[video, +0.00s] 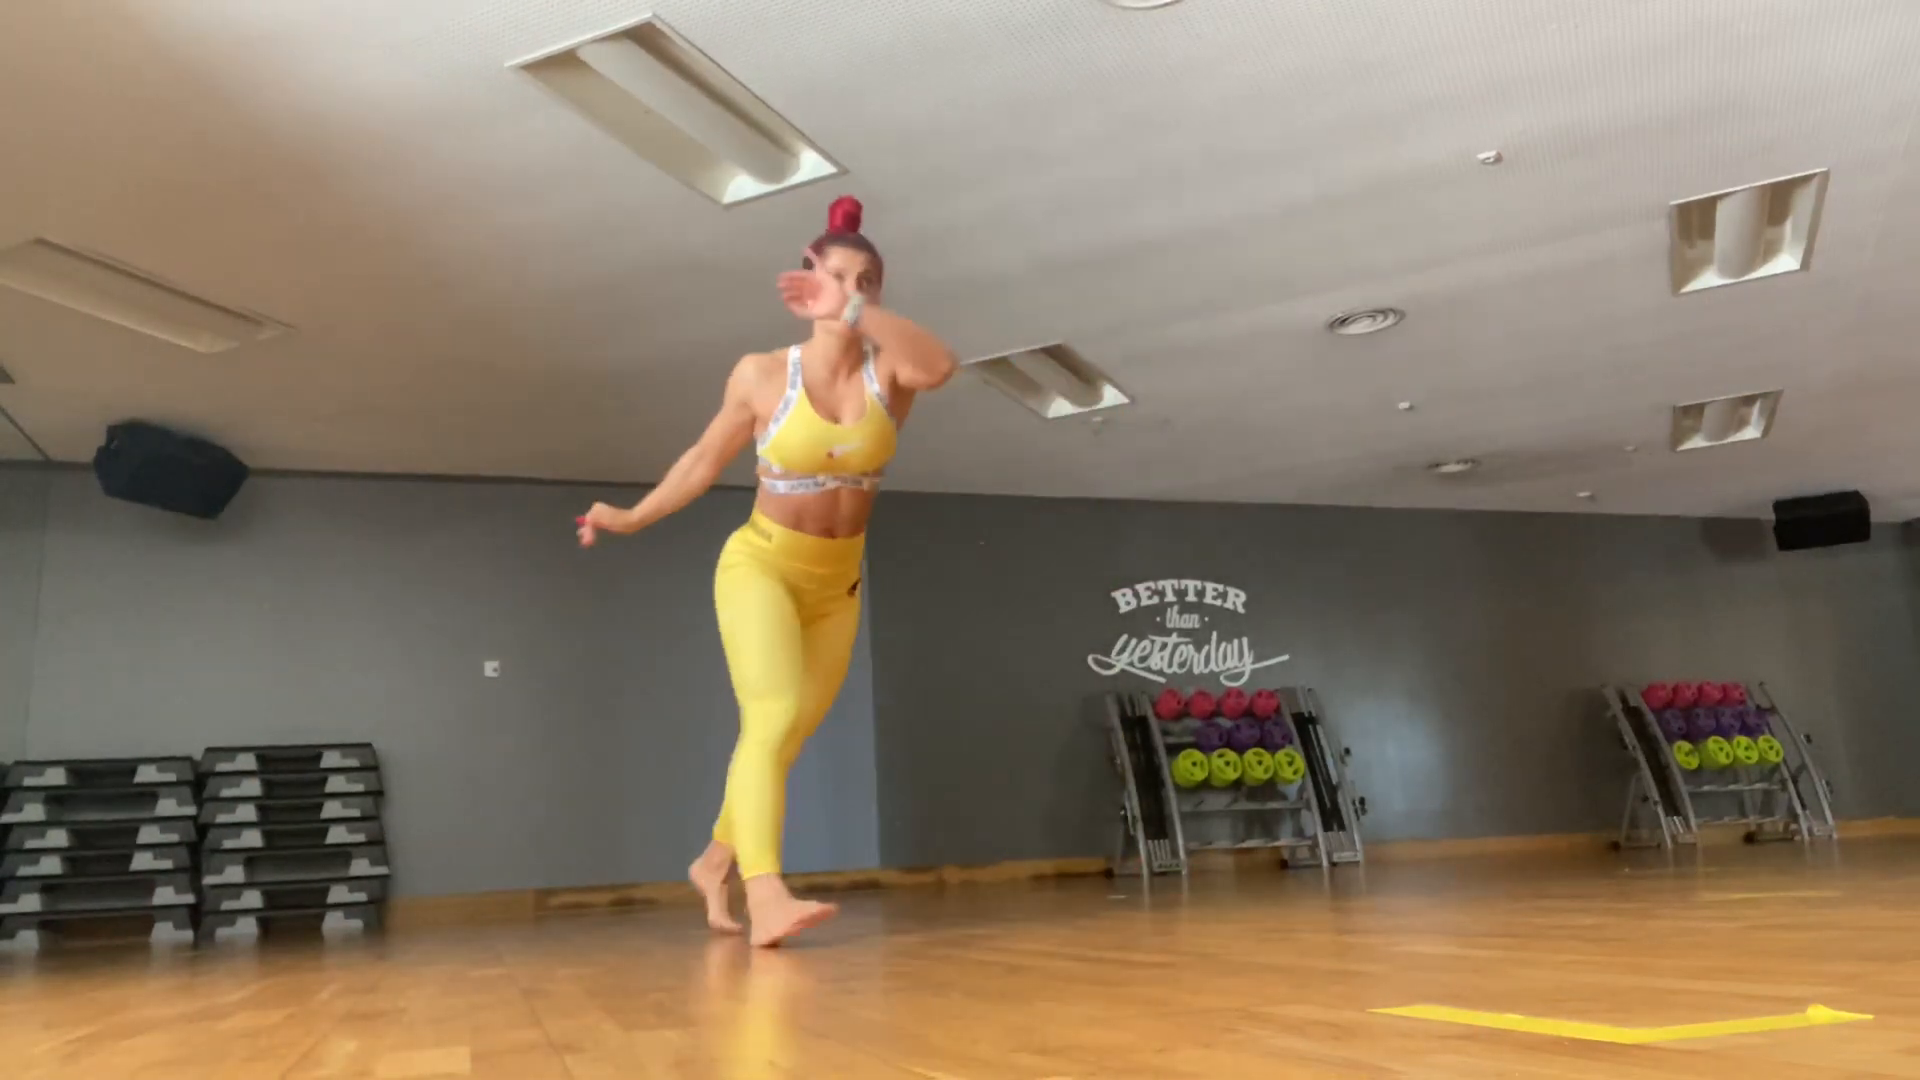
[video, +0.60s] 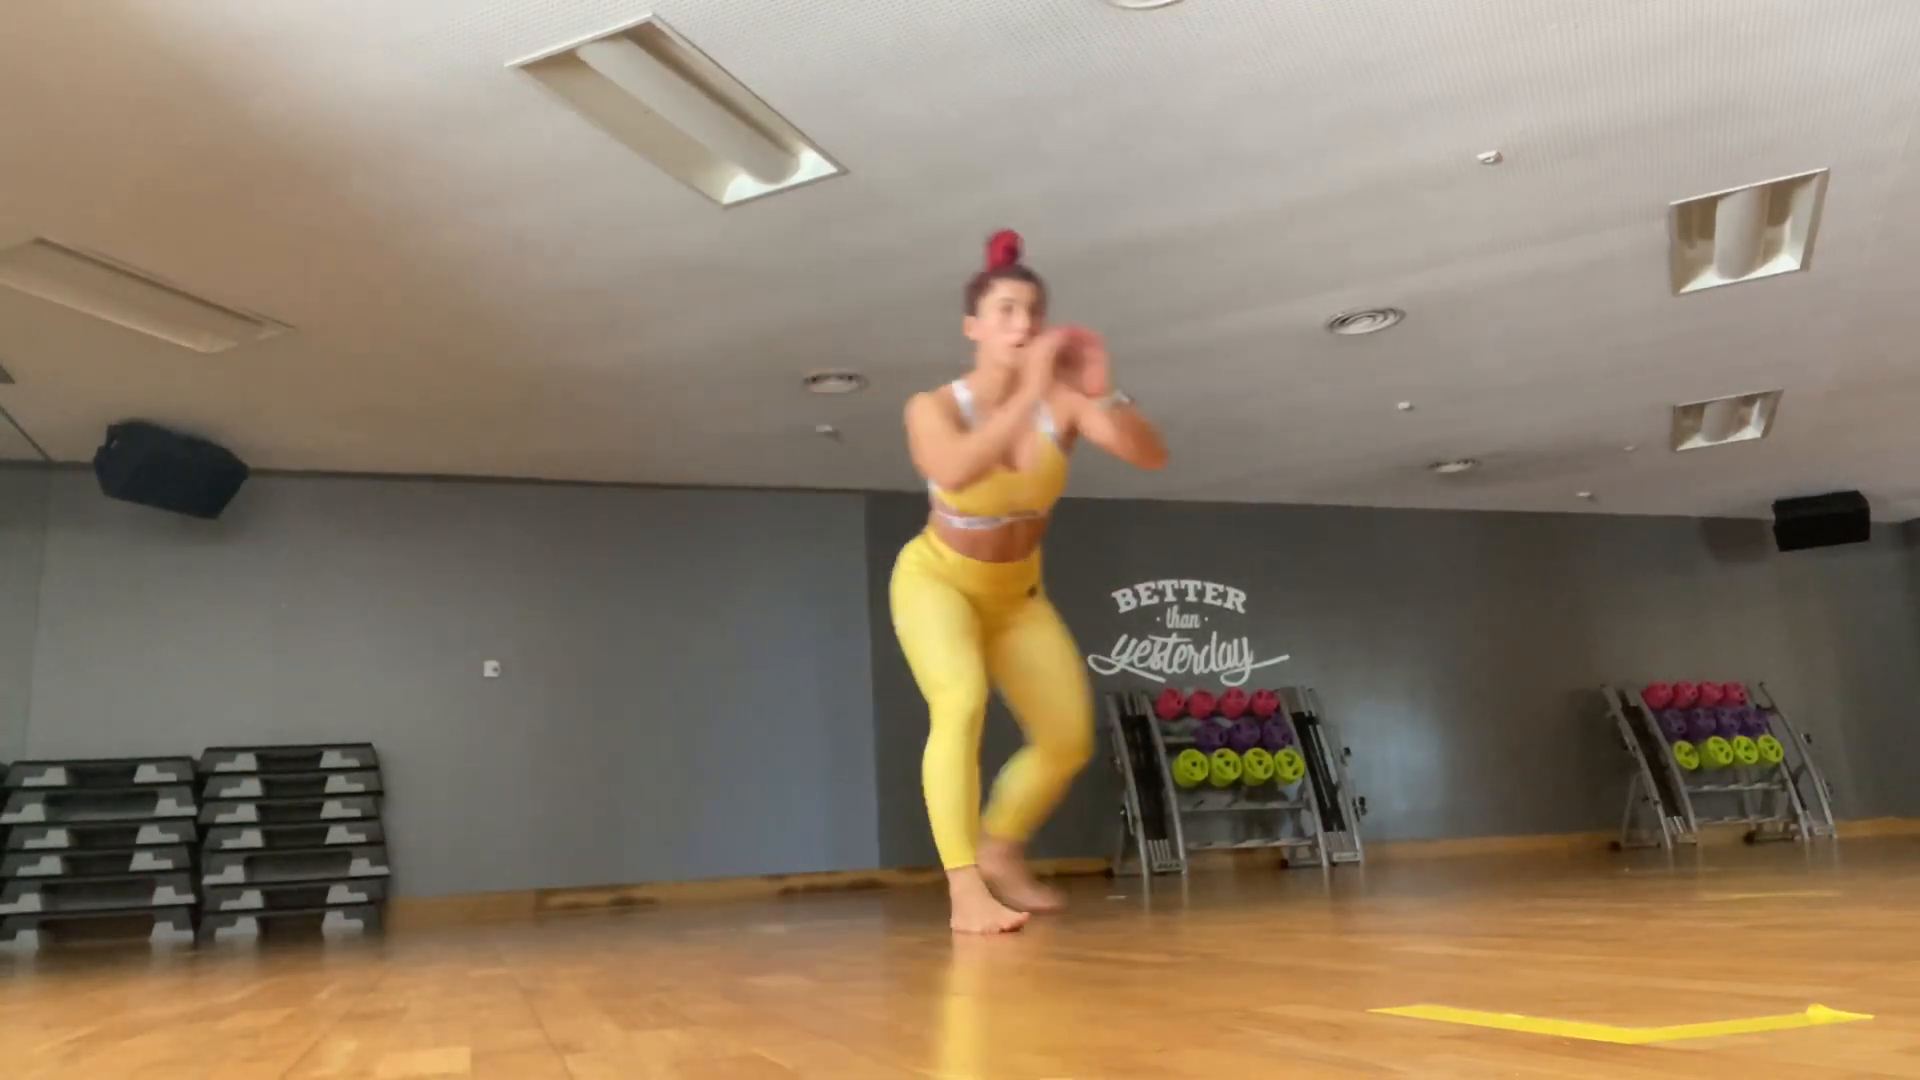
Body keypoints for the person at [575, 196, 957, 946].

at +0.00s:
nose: (845, 290)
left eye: (859, 279)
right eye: (832, 274)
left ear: (874, 294)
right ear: (805, 284)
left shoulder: (889, 374)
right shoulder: (762, 375)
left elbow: (935, 365)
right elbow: (701, 463)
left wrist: (852, 308)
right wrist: (633, 517)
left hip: (838, 582)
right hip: (761, 563)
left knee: (790, 735)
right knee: (770, 716)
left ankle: (714, 862)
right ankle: (767, 894)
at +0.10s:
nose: (859, 324)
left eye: (869, 314)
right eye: (846, 309)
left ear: (877, 323)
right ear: (812, 313)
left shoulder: (887, 402)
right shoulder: (767, 397)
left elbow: (924, 397)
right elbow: (703, 483)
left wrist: (842, 333)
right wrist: (632, 532)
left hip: (833, 601)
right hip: (761, 583)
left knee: (781, 753)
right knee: (818, 714)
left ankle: (693, 875)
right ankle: (783, 903)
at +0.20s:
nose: (873, 351)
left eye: (885, 339)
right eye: (859, 335)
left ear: (897, 351)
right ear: (828, 346)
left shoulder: (902, 426)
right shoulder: (786, 424)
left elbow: (946, 428)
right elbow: (714, 507)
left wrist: (866, 366)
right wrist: (646, 544)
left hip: (847, 626)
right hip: (775, 609)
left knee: (785, 782)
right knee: (850, 695)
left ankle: (684, 884)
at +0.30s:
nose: (889, 335)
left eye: (904, 322)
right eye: (874, 320)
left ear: (917, 335)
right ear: (847, 336)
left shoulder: (933, 408)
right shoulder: (811, 413)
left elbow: (977, 413)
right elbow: (738, 497)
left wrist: (896, 362)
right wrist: (686, 513)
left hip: (882, 618)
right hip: (809, 600)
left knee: (800, 770)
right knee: (880, 709)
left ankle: (701, 872)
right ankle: (953, 884)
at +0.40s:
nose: (928, 319)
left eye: (942, 304)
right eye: (913, 304)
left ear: (959, 315)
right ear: (887, 317)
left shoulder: (986, 384)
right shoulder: (860, 402)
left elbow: (1052, 416)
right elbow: (787, 495)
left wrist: (980, 373)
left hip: (950, 595)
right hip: (875, 579)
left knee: (881, 755)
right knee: (927, 705)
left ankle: (783, 855)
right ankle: (966, 895)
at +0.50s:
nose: (973, 318)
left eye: (986, 305)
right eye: (958, 304)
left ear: (997, 318)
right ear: (926, 316)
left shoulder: (1018, 389)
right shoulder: (897, 400)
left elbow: (1102, 433)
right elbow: (861, 483)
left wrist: (1035, 385)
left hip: (987, 592)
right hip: (910, 579)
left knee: (983, 752)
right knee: (943, 704)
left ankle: (874, 840)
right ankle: (965, 895)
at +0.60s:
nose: (1022, 326)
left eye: (1033, 313)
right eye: (1005, 311)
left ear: (1046, 324)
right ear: (971, 325)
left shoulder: (1059, 400)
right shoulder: (934, 408)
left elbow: (1152, 455)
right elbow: (953, 469)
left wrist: (1105, 401)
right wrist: (1029, 389)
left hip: (1018, 594)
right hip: (938, 580)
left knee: (1067, 736)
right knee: (960, 700)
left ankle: (997, 850)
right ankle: (965, 892)